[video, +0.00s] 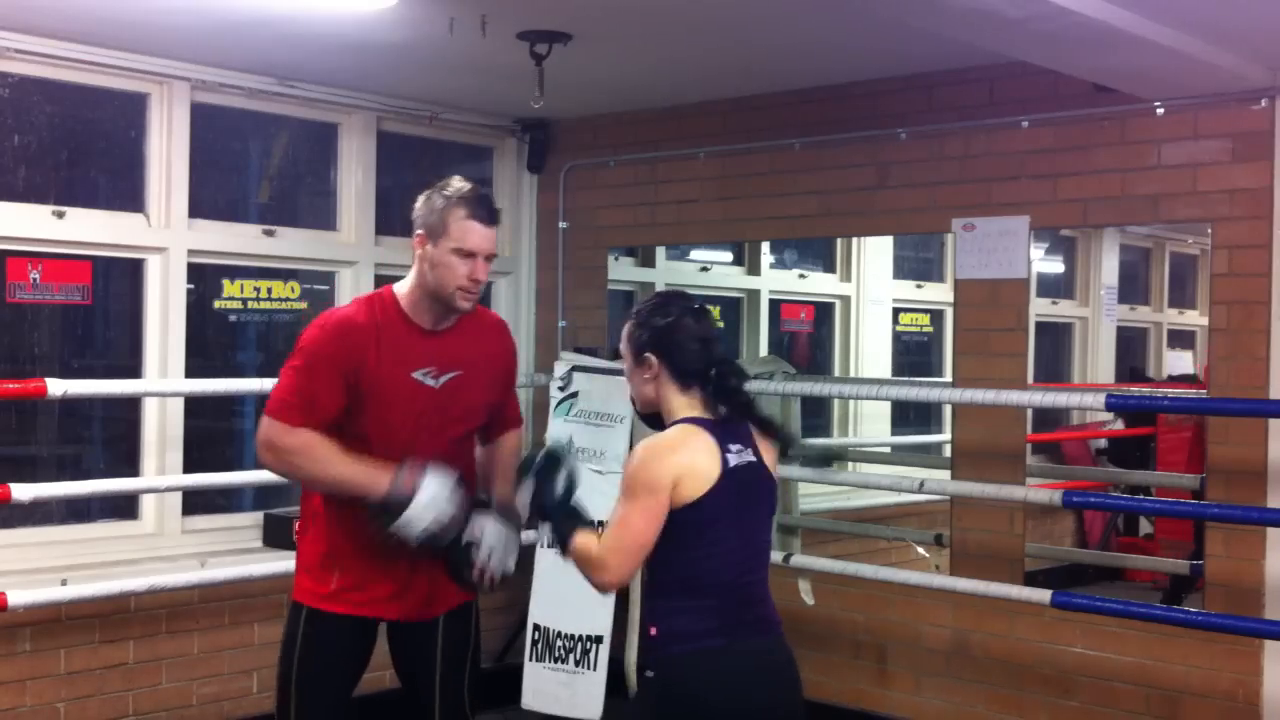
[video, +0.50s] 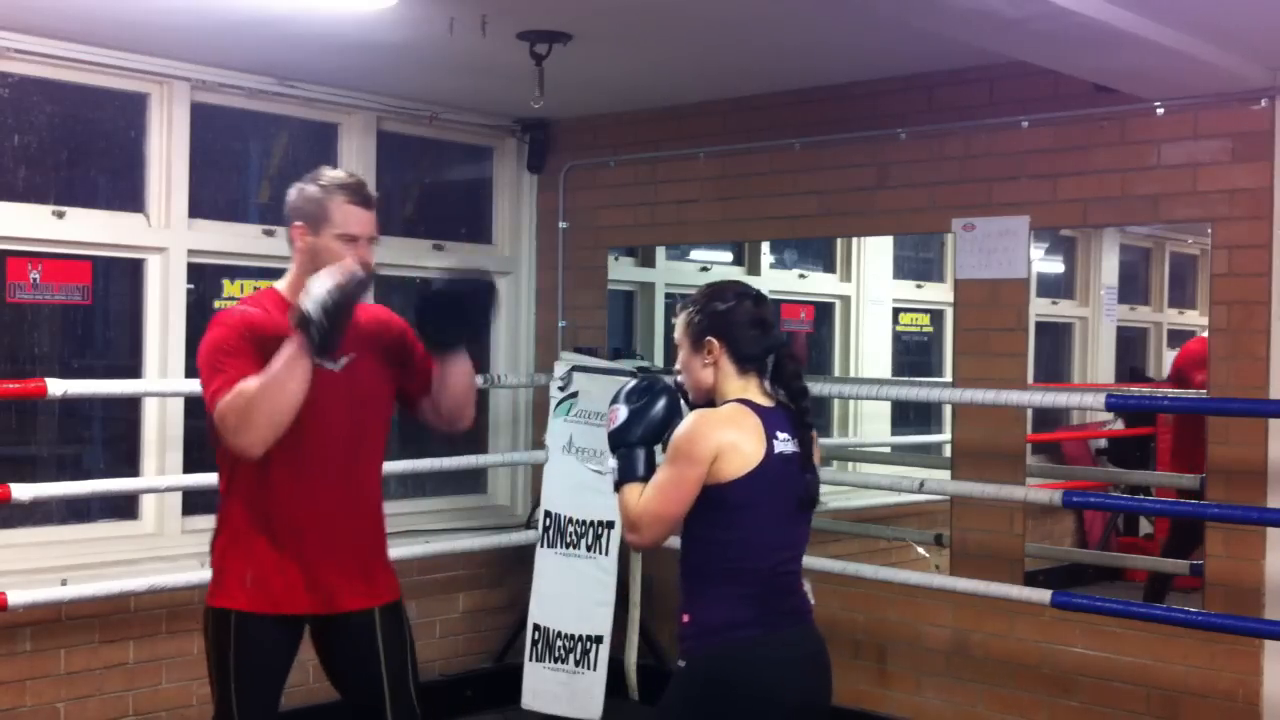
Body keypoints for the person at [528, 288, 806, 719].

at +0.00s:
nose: (626, 375)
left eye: (625, 362)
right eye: (623, 362)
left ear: (650, 367)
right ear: (704, 361)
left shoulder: (659, 455)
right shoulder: (758, 443)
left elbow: (609, 571)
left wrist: (559, 514)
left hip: (685, 679)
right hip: (764, 671)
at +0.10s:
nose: (631, 372)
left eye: (633, 358)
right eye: (630, 358)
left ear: (661, 363)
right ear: (709, 360)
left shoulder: (663, 446)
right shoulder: (755, 439)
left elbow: (590, 546)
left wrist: (576, 465)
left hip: (685, 678)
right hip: (760, 668)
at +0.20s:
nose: (642, 374)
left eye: (645, 360)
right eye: (642, 360)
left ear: (675, 364)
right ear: (721, 364)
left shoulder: (673, 445)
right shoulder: (765, 444)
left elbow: (593, 538)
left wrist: (593, 453)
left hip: (689, 677)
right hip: (765, 668)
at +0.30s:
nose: (659, 379)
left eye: (662, 365)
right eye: (658, 365)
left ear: (694, 364)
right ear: (740, 364)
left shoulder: (696, 444)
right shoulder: (782, 442)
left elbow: (627, 542)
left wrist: (615, 461)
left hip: (713, 680)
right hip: (787, 669)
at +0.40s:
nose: (672, 370)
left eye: (675, 355)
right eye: (672, 356)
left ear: (707, 356)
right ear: (752, 356)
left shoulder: (705, 435)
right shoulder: (789, 428)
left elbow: (644, 542)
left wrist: (628, 458)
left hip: (725, 672)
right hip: (798, 660)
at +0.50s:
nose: (676, 365)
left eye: (680, 351)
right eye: (676, 351)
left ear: (712, 352)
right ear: (756, 351)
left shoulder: (706, 429)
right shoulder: (798, 428)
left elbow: (640, 530)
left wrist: (629, 448)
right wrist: (680, 430)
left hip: (723, 665)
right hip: (797, 656)